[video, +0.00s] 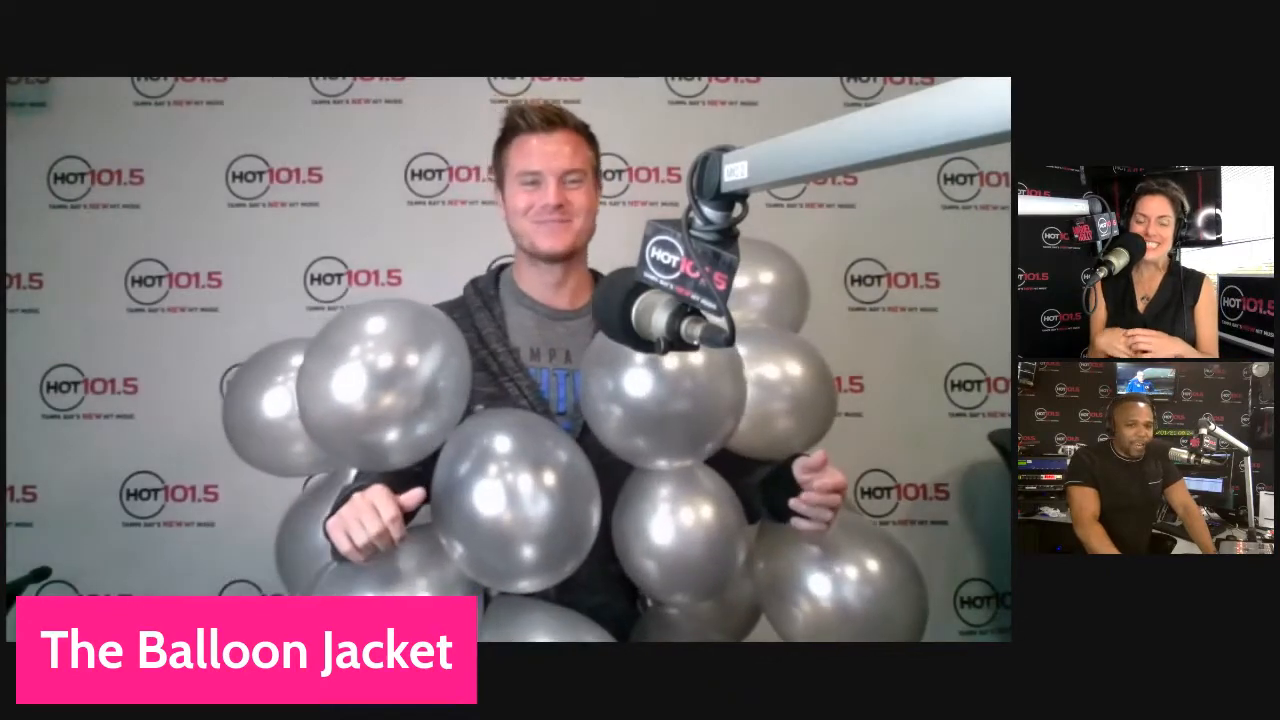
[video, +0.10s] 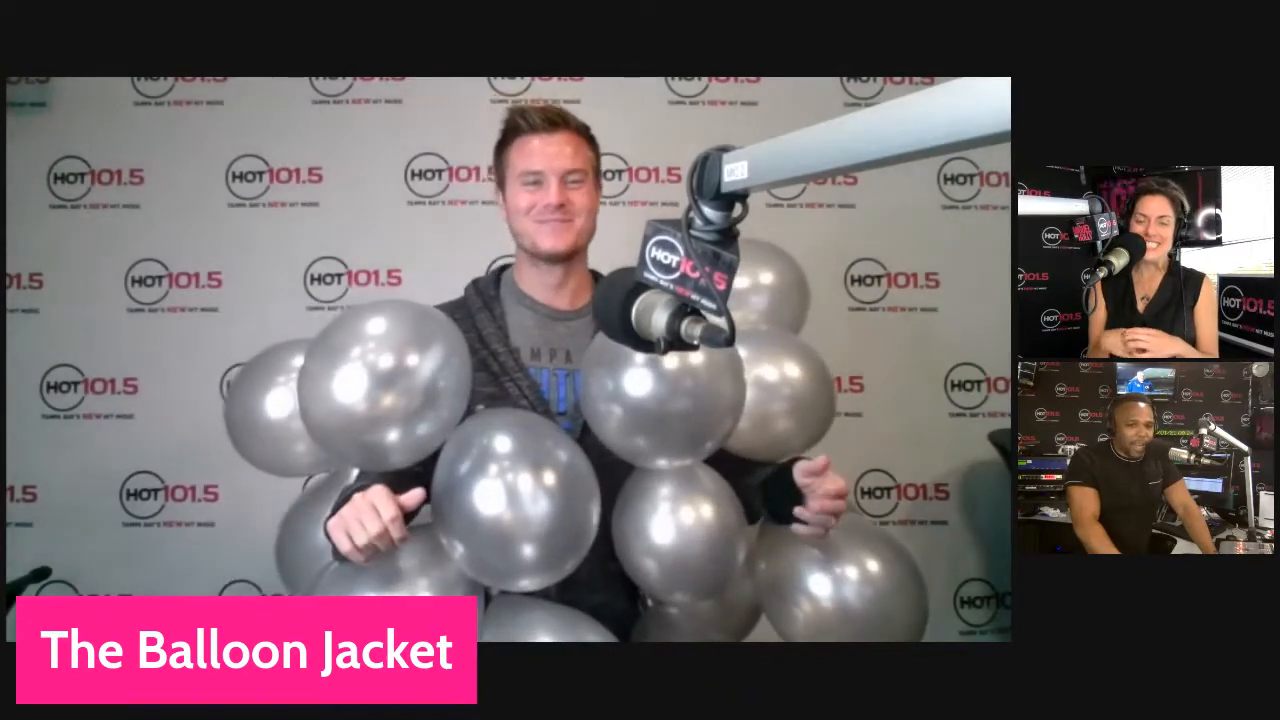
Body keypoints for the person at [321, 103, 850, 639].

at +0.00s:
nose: (552, 199)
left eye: (571, 179)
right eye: (530, 181)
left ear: (598, 193)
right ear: (501, 197)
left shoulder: (652, 317)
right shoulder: (445, 334)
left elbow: (704, 455)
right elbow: (396, 448)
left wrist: (782, 487)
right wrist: (357, 498)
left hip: (638, 611)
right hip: (493, 611)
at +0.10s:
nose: (554, 199)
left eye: (573, 179)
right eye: (532, 182)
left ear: (599, 194)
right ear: (501, 197)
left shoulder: (653, 316)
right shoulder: (446, 335)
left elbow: (706, 456)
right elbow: (398, 449)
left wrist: (784, 490)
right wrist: (358, 498)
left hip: (643, 612)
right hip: (497, 612)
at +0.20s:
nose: (554, 198)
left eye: (573, 180)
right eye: (532, 182)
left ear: (599, 194)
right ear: (502, 198)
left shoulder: (653, 318)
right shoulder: (449, 336)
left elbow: (709, 456)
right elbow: (401, 450)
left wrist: (788, 494)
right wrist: (357, 499)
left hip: (645, 614)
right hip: (501, 613)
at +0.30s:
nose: (554, 199)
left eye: (572, 181)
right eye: (531, 182)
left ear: (599, 196)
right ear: (502, 200)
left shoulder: (654, 317)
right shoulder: (449, 335)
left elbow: (707, 459)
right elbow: (412, 455)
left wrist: (788, 488)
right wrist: (365, 498)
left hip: (645, 612)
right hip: (504, 608)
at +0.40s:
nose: (553, 199)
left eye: (572, 181)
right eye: (531, 183)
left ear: (599, 196)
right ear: (502, 201)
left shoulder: (654, 318)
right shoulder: (449, 335)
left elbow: (708, 459)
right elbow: (412, 460)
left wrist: (788, 485)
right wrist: (353, 500)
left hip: (645, 612)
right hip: (505, 610)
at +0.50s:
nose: (550, 201)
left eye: (570, 182)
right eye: (529, 184)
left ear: (599, 197)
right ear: (501, 203)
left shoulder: (656, 322)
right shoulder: (442, 338)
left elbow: (707, 465)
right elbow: (408, 475)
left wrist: (795, 483)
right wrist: (344, 510)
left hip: (649, 618)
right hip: (504, 615)